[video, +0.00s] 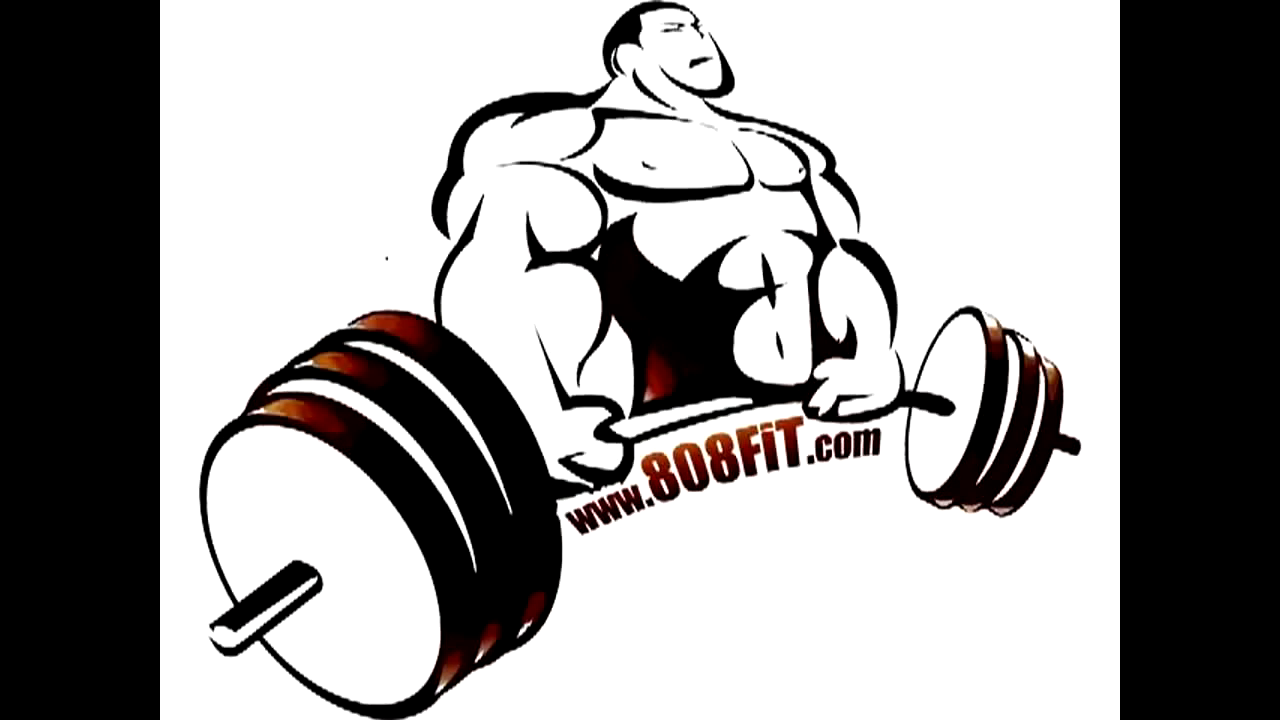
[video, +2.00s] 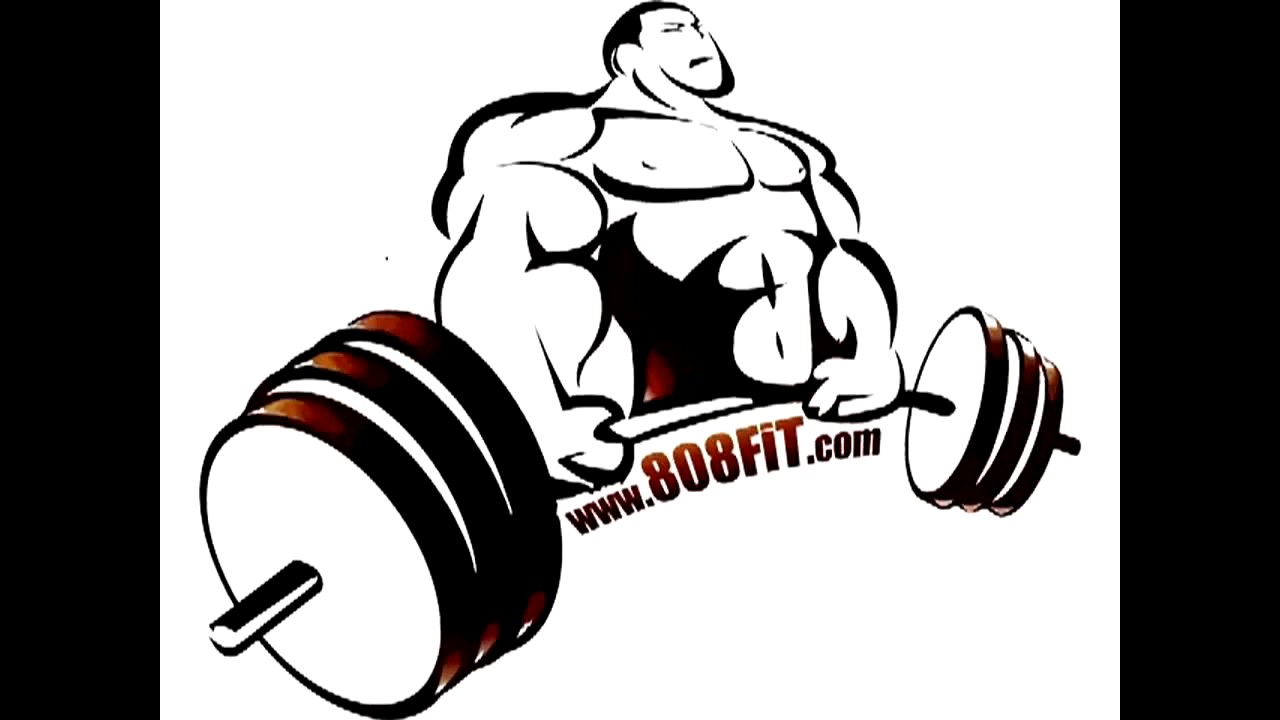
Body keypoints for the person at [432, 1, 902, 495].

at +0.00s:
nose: (702, 40)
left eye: (701, 28)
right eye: (675, 30)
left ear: (713, 45)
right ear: (628, 59)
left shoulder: (776, 145)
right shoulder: (593, 126)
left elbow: (850, 250)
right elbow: (487, 155)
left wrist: (878, 358)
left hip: (747, 331)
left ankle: (870, 369)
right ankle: (577, 429)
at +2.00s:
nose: (702, 40)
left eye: (701, 28)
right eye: (675, 30)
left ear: (713, 45)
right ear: (628, 59)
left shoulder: (776, 145)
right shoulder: (593, 127)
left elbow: (850, 250)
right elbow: (487, 155)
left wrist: (878, 358)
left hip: (747, 331)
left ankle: (870, 369)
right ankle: (577, 429)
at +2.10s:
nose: (702, 40)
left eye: (701, 28)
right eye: (675, 30)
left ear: (713, 45)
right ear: (628, 59)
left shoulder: (776, 145)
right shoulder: (593, 127)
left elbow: (850, 250)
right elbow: (487, 155)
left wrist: (878, 358)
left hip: (747, 331)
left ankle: (870, 369)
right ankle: (577, 429)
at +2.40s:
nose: (702, 40)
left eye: (701, 28)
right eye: (675, 30)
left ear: (713, 45)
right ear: (628, 59)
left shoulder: (776, 145)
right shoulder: (593, 127)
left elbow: (850, 250)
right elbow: (487, 155)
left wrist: (878, 358)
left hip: (747, 331)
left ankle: (870, 369)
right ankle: (577, 429)